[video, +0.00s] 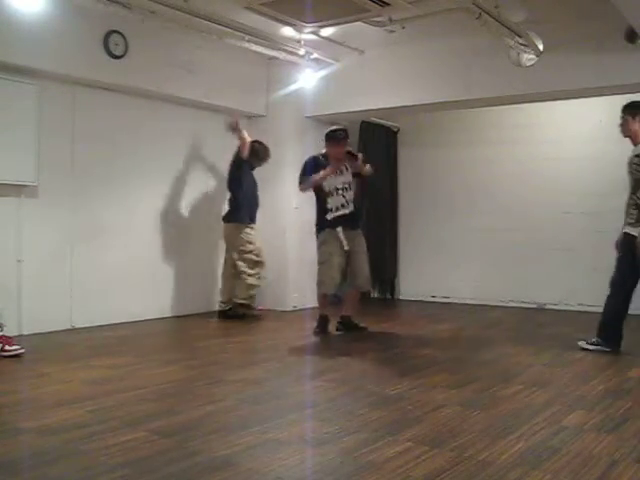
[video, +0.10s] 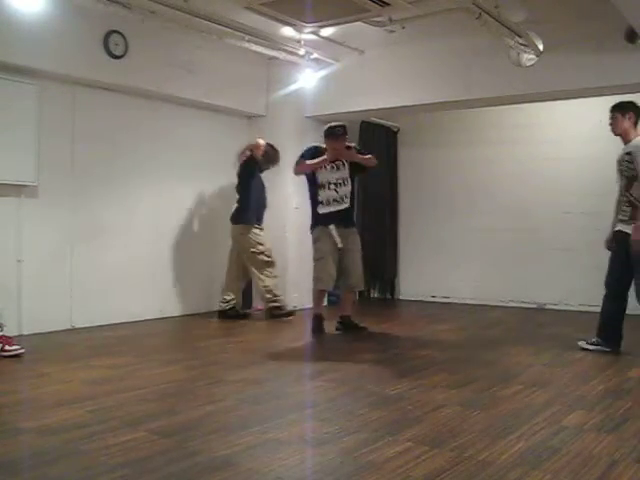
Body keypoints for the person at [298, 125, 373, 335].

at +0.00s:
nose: (340, 150)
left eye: (343, 145)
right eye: (336, 146)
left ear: (347, 145)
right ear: (327, 146)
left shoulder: (352, 160)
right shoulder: (315, 163)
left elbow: (369, 171)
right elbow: (303, 185)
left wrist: (360, 167)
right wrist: (326, 173)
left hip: (352, 226)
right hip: (328, 227)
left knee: (361, 276)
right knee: (328, 275)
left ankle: (346, 317)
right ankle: (323, 318)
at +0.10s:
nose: (339, 149)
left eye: (342, 145)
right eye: (335, 145)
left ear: (346, 142)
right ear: (326, 142)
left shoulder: (351, 157)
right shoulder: (314, 154)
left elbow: (372, 162)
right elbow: (298, 169)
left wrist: (350, 156)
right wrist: (325, 161)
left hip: (347, 224)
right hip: (323, 224)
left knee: (352, 275)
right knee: (325, 274)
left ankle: (345, 317)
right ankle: (317, 316)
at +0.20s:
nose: (333, 148)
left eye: (336, 143)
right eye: (329, 143)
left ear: (342, 142)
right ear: (322, 142)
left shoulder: (348, 157)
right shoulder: (310, 154)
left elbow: (373, 165)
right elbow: (291, 165)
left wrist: (348, 156)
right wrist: (317, 159)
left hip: (342, 223)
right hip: (317, 223)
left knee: (349, 274)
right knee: (317, 272)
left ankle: (343, 317)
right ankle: (308, 317)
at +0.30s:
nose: (328, 148)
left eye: (332, 144)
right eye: (324, 144)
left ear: (339, 144)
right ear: (318, 143)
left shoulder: (346, 163)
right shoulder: (307, 162)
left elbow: (356, 185)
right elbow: (282, 177)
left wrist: (332, 178)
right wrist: (298, 171)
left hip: (338, 226)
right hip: (312, 226)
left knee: (342, 273)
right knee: (311, 271)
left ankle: (340, 316)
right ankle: (305, 317)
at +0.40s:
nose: (335, 149)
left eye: (336, 144)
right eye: (333, 145)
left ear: (337, 144)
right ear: (325, 144)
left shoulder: (342, 165)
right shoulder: (304, 164)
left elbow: (323, 188)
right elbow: (283, 185)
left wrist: (294, 204)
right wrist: (268, 203)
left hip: (333, 227)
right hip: (309, 228)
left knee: (338, 277)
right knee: (307, 278)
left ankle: (338, 318)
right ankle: (304, 319)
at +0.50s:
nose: (329, 148)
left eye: (333, 144)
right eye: (326, 144)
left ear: (337, 143)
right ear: (319, 143)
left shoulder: (338, 164)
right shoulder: (302, 162)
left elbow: (321, 188)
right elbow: (285, 186)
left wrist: (292, 202)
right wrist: (269, 205)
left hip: (329, 228)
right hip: (305, 228)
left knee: (332, 276)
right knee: (302, 277)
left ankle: (337, 318)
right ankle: (303, 318)